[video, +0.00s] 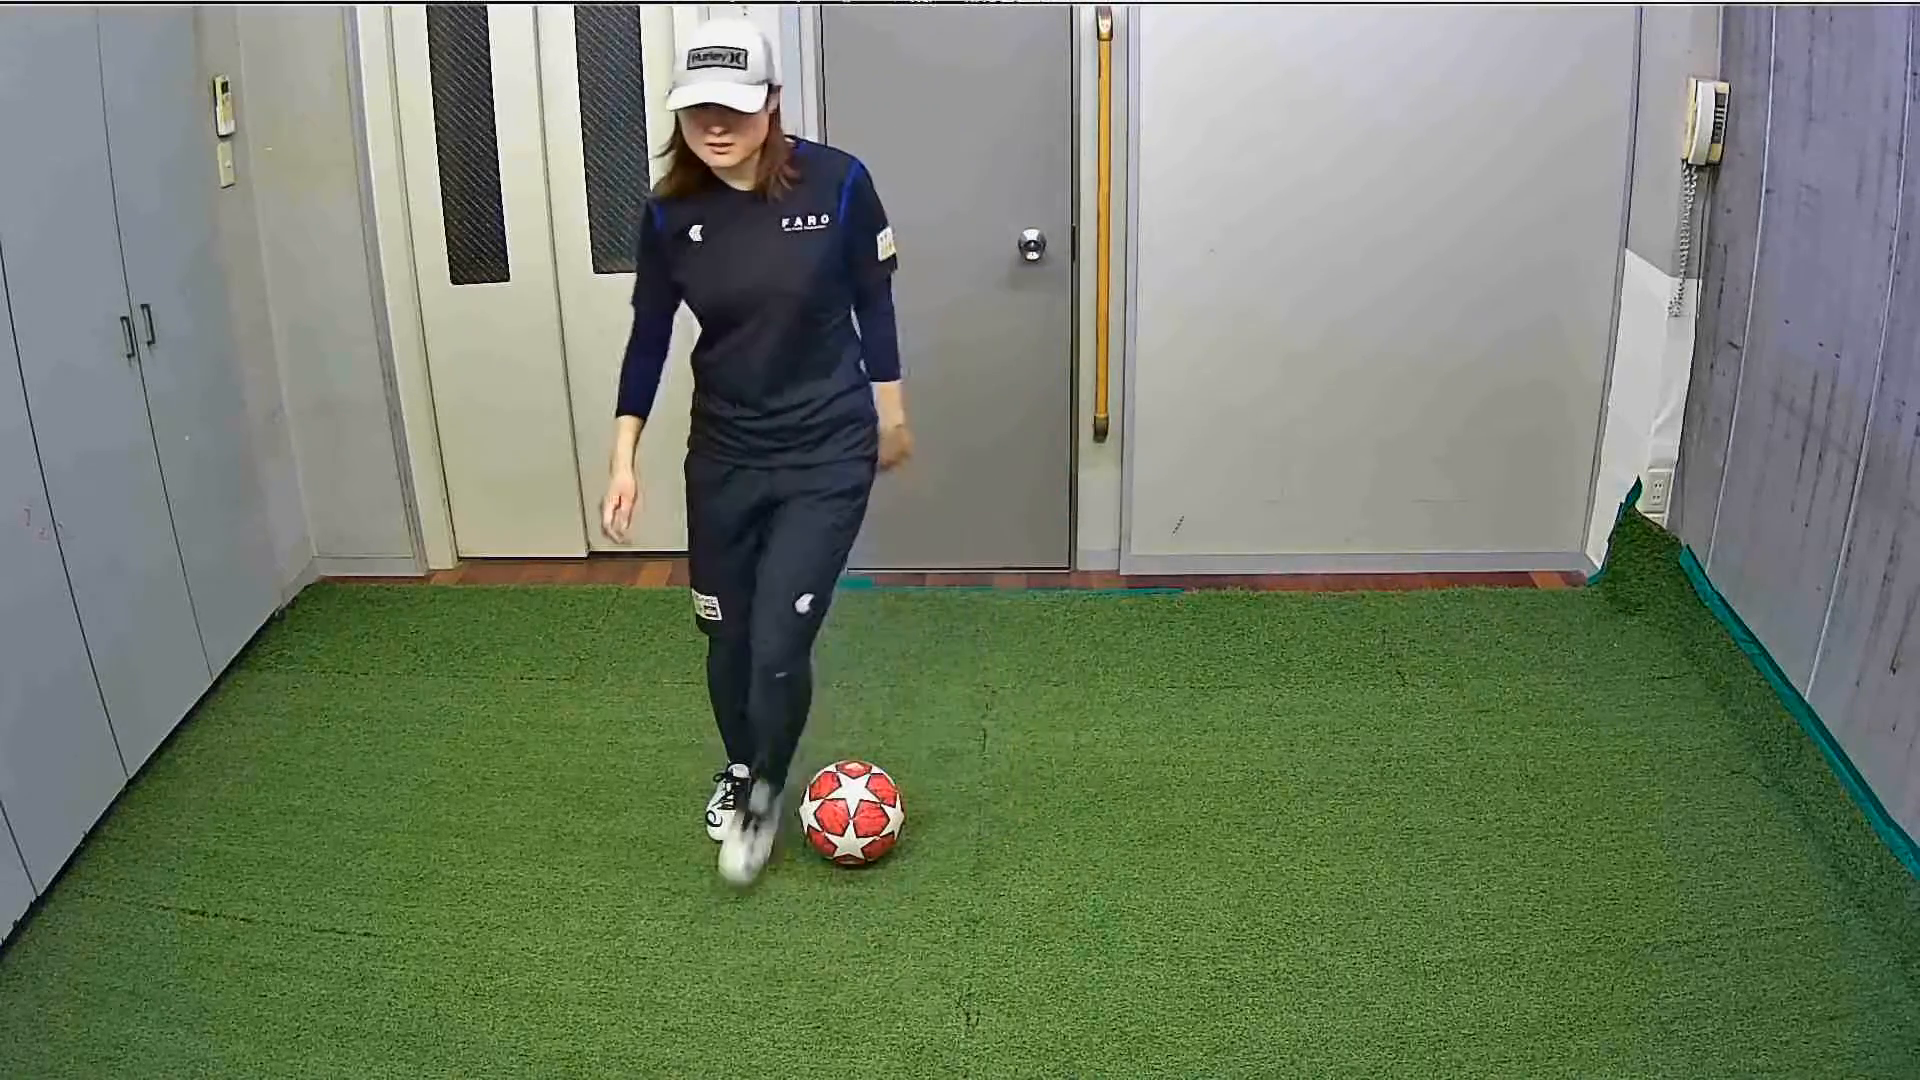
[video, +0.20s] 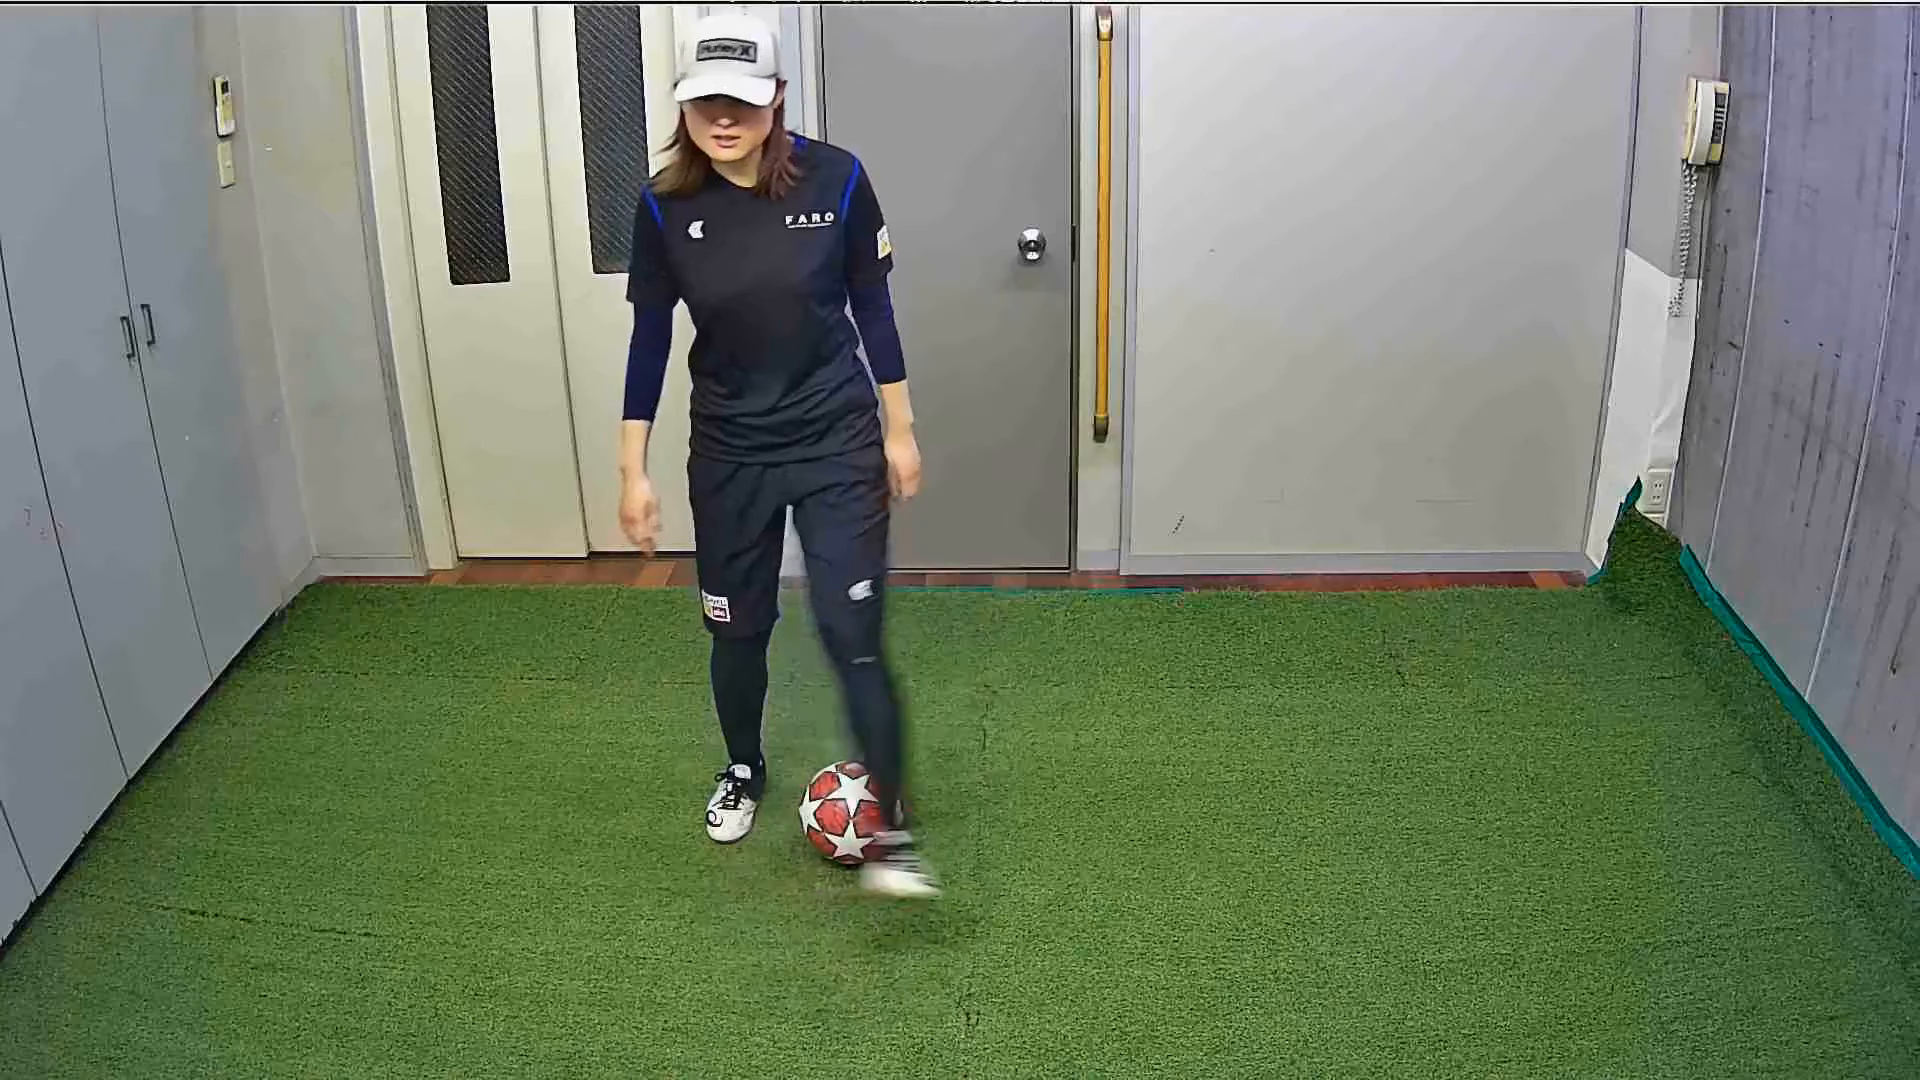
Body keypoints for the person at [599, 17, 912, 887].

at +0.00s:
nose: (715, 124)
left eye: (735, 107)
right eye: (698, 108)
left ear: (773, 106)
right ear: (678, 114)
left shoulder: (837, 183)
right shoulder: (671, 212)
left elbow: (874, 298)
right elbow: (647, 340)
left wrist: (892, 411)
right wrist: (623, 461)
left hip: (828, 450)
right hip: (724, 452)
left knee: (778, 643)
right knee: (727, 634)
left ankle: (765, 794)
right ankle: (740, 772)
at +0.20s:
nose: (724, 120)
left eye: (742, 103)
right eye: (707, 104)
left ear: (776, 104)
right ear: (684, 110)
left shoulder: (837, 179)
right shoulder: (663, 208)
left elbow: (872, 303)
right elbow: (649, 340)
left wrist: (897, 426)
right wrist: (632, 469)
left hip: (838, 436)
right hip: (729, 447)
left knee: (854, 633)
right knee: (734, 628)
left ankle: (888, 828)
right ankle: (741, 772)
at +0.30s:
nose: (751, 114)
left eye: (772, 98)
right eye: (734, 95)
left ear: (803, 100)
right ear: (708, 99)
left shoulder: (858, 182)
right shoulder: (689, 197)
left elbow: (886, 313)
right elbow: (673, 324)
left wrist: (915, 437)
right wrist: (657, 452)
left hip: (857, 437)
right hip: (747, 446)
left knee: (915, 619)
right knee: (743, 624)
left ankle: (984, 788)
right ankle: (744, 772)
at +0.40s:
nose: (770, 110)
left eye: (789, 94)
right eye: (752, 93)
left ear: (820, 98)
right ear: (727, 99)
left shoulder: (876, 182)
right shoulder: (708, 194)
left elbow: (907, 316)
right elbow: (689, 316)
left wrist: (931, 445)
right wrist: (671, 445)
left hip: (873, 443)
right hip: (761, 447)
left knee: (930, 621)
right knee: (752, 624)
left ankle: (994, 747)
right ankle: (742, 772)